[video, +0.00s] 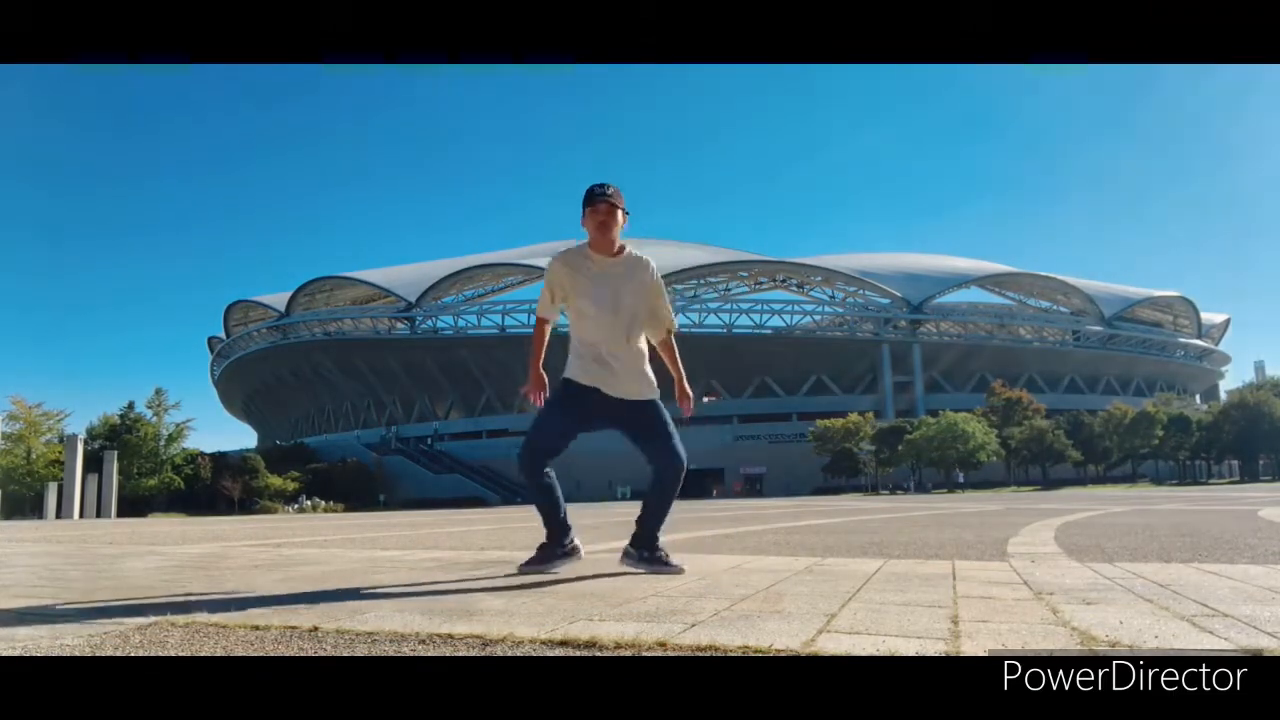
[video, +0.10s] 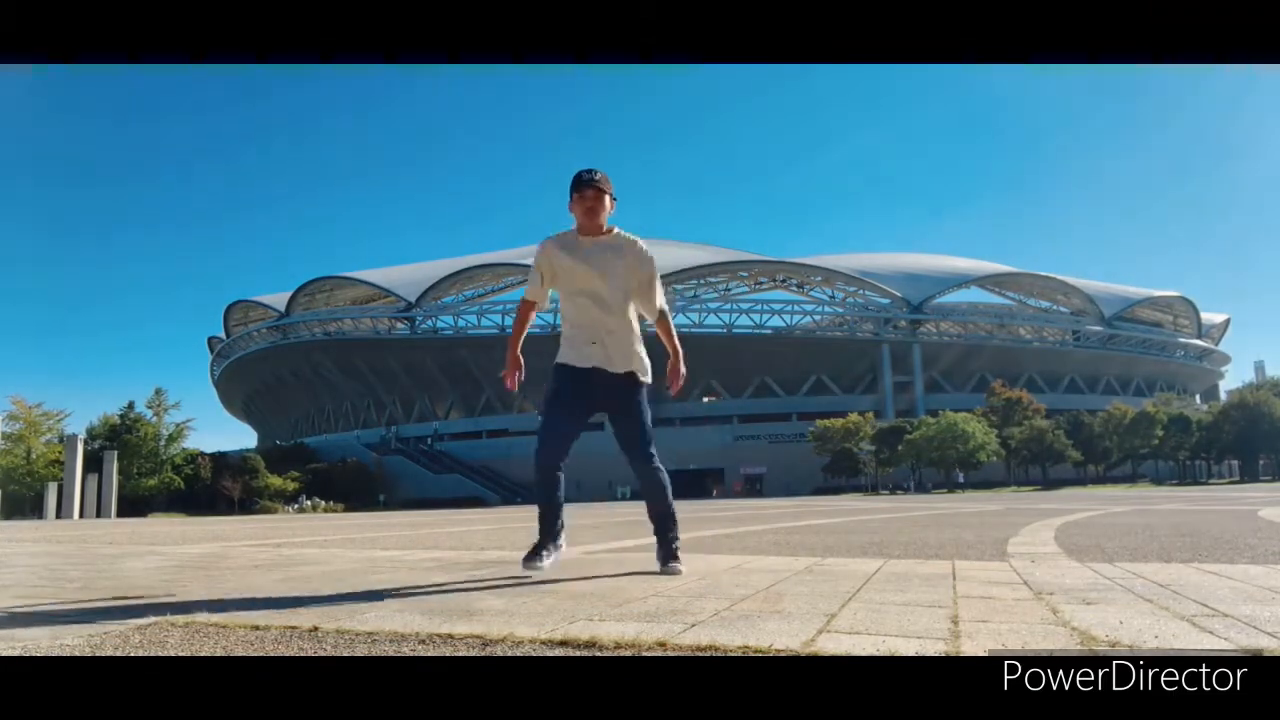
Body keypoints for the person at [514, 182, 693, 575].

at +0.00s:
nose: (604, 215)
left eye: (611, 209)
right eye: (596, 209)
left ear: (623, 219)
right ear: (584, 219)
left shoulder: (643, 269)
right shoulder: (564, 265)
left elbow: (661, 331)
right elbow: (545, 319)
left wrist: (680, 380)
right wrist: (535, 369)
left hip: (636, 392)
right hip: (580, 389)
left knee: (673, 463)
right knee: (532, 457)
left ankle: (644, 545)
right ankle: (561, 541)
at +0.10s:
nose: (593, 202)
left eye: (600, 196)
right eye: (585, 196)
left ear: (611, 204)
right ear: (572, 204)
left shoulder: (633, 251)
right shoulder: (553, 250)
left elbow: (656, 309)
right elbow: (530, 302)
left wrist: (676, 353)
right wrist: (513, 349)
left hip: (625, 371)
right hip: (573, 370)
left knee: (643, 457)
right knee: (548, 455)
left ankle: (667, 543)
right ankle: (550, 540)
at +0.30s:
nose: (574, 207)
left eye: (581, 201)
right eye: (566, 201)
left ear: (595, 209)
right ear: (555, 210)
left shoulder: (619, 254)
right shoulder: (535, 250)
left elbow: (661, 292)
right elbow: (493, 283)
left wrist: (684, 329)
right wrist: (462, 318)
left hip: (601, 370)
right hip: (546, 369)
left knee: (652, 419)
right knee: (533, 460)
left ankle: (652, 509)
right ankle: (550, 554)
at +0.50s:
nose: (567, 205)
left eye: (574, 199)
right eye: (559, 200)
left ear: (588, 207)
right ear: (548, 209)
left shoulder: (608, 262)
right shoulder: (528, 250)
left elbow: (638, 320)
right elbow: (487, 291)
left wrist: (666, 363)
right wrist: (443, 323)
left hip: (582, 366)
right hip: (530, 362)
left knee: (589, 426)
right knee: (515, 449)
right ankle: (549, 548)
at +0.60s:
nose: (562, 203)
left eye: (570, 196)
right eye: (554, 197)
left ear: (583, 205)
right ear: (543, 206)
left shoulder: (601, 257)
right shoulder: (529, 249)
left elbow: (610, 321)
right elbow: (483, 291)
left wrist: (620, 363)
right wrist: (446, 324)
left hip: (587, 371)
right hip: (538, 365)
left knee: (541, 415)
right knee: (530, 457)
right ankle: (552, 554)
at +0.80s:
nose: (559, 205)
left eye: (566, 199)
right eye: (551, 199)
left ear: (580, 207)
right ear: (539, 209)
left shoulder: (600, 259)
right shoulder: (520, 250)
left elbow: (632, 312)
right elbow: (485, 293)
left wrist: (654, 352)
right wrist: (448, 318)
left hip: (581, 351)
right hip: (530, 355)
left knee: (556, 383)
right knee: (525, 462)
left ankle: (485, 452)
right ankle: (553, 555)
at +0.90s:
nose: (559, 213)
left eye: (566, 207)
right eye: (551, 207)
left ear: (579, 212)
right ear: (539, 213)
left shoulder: (600, 259)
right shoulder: (519, 255)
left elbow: (653, 296)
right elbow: (479, 293)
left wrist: (698, 329)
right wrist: (438, 327)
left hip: (584, 345)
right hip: (533, 356)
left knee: (571, 365)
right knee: (526, 462)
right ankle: (554, 556)